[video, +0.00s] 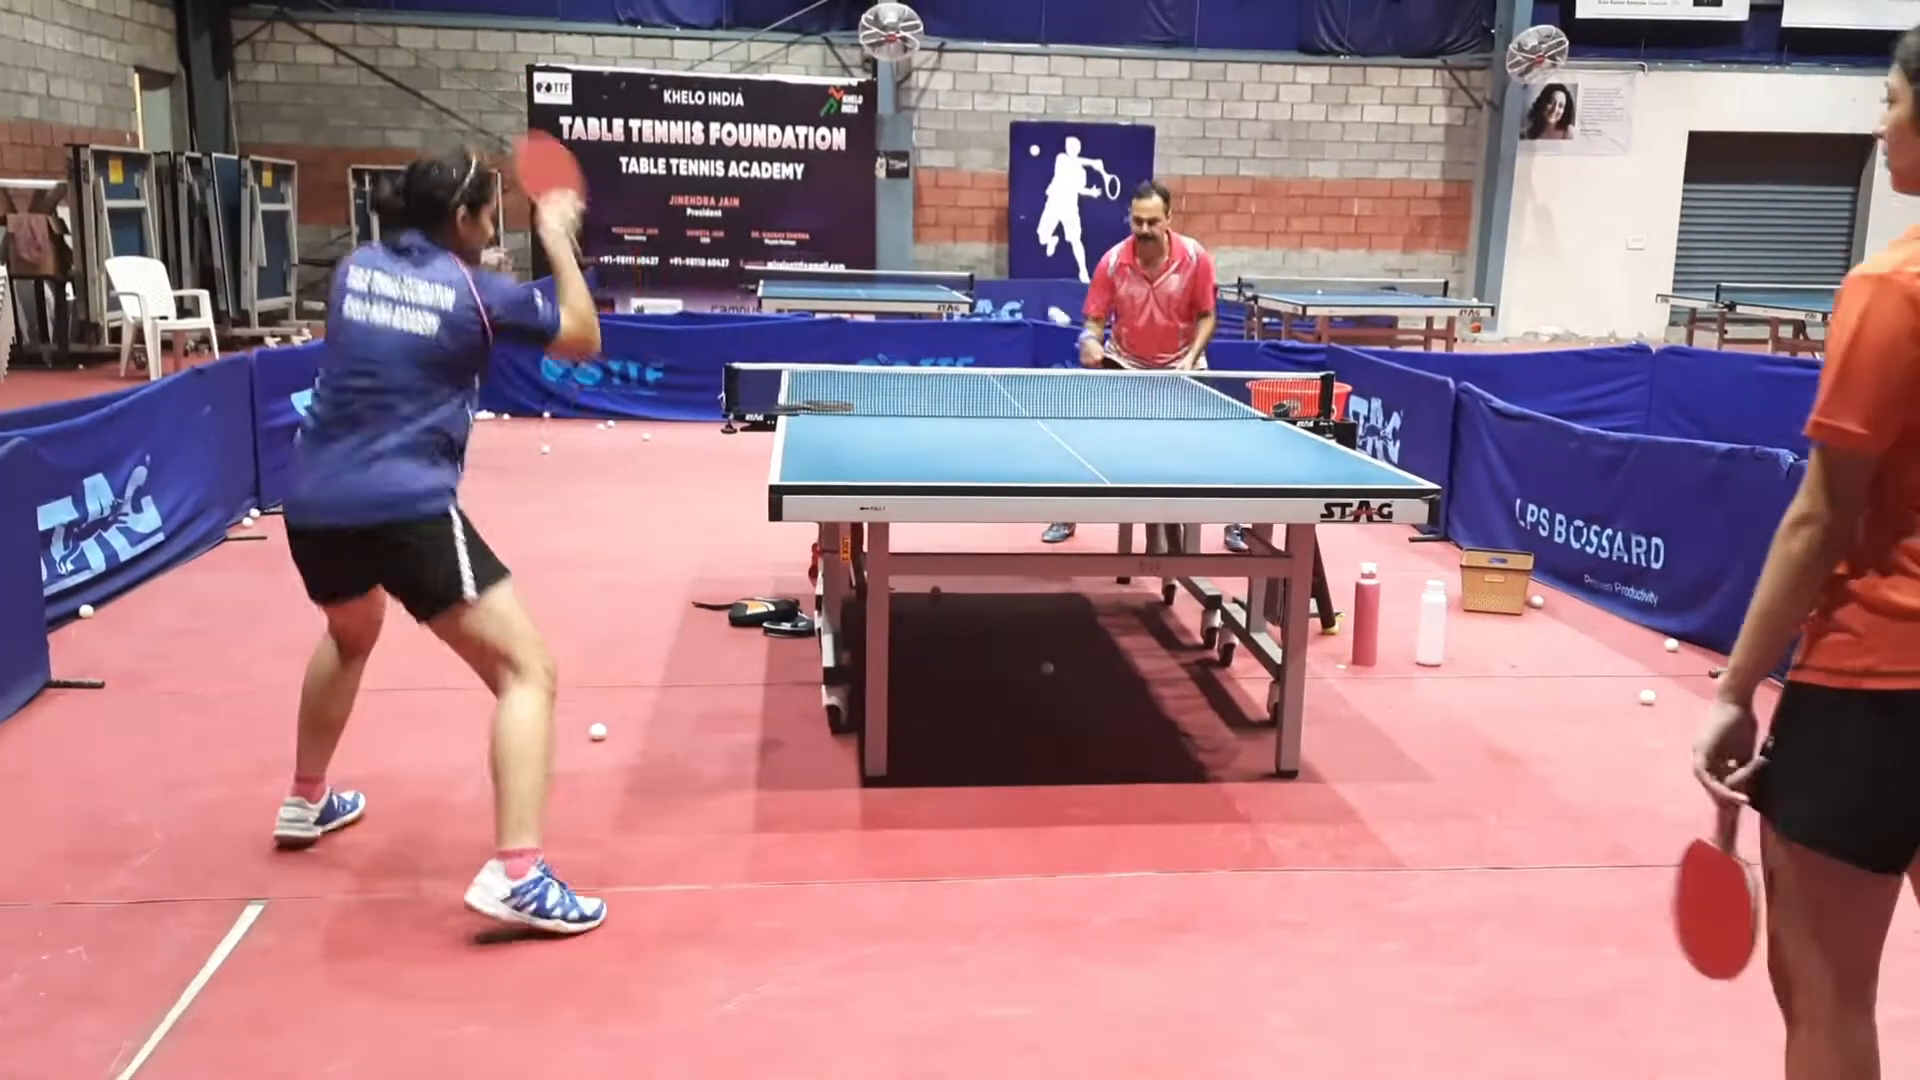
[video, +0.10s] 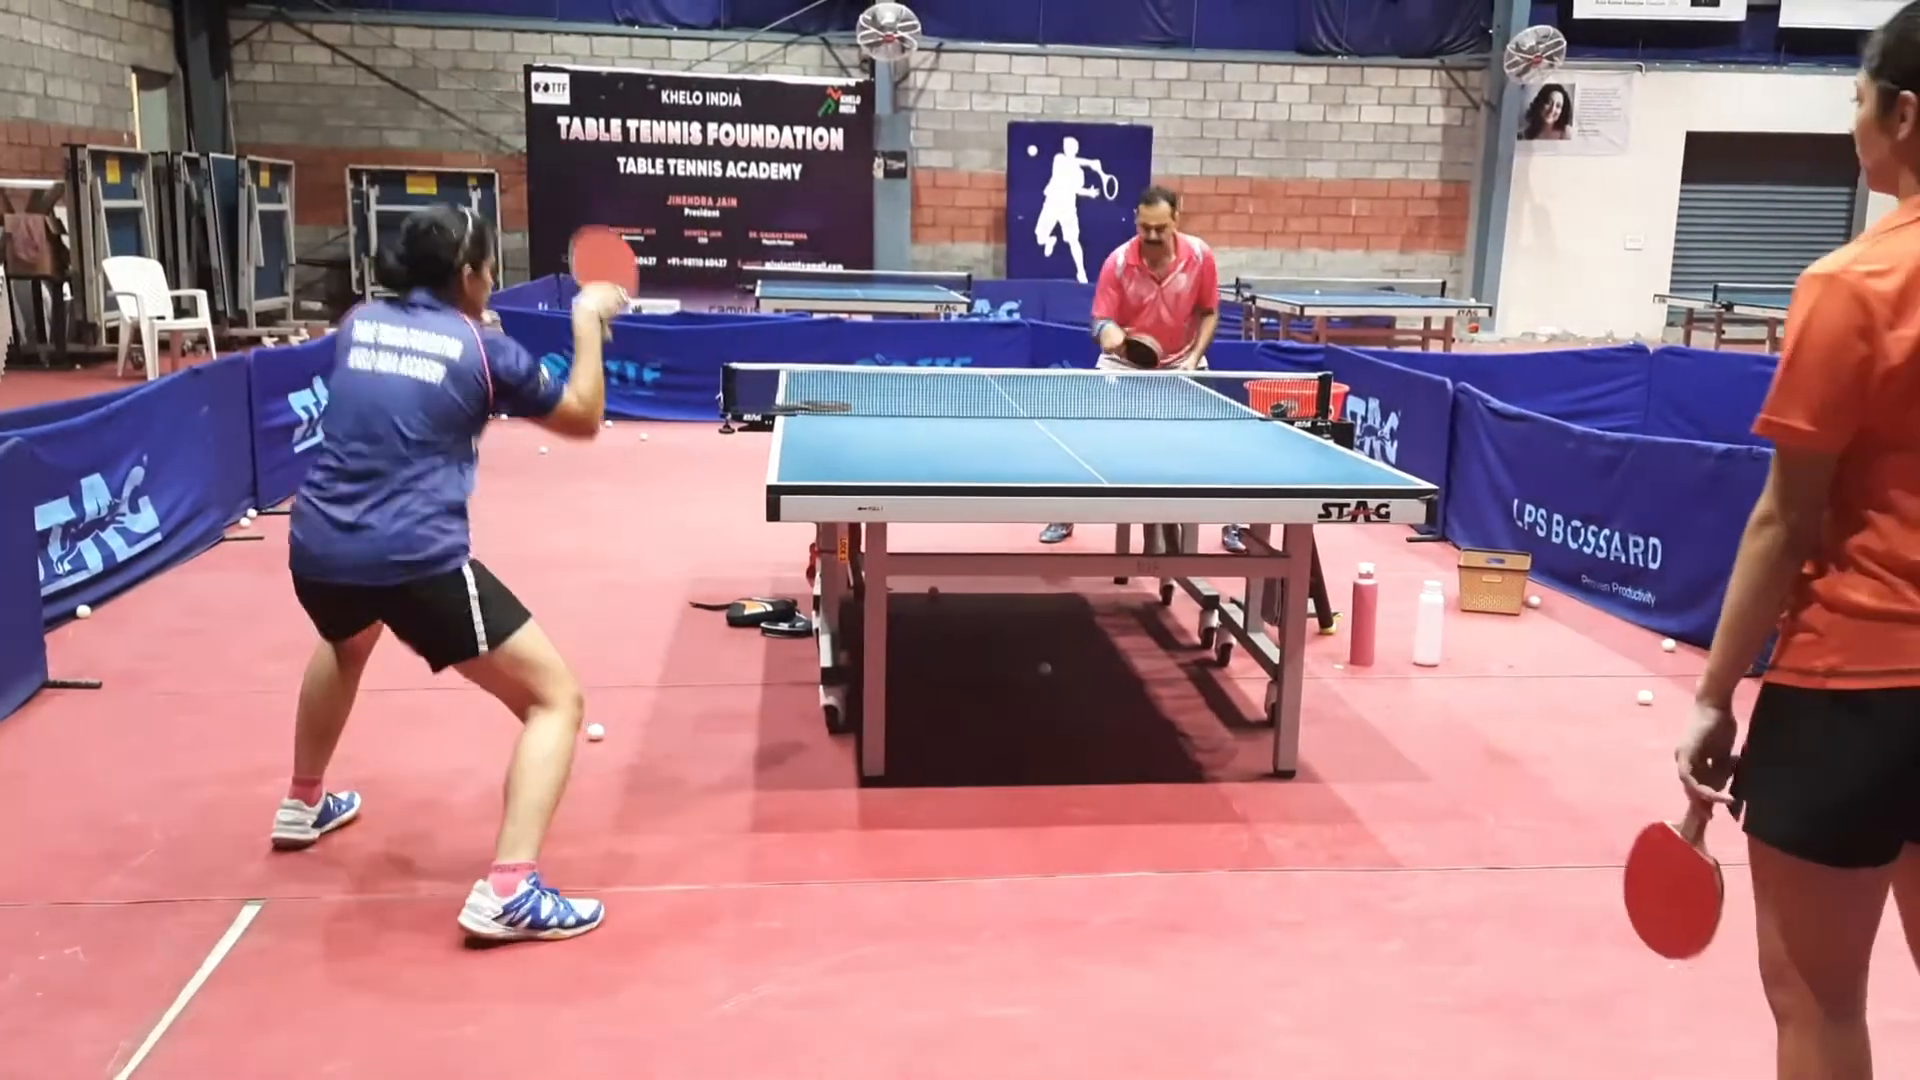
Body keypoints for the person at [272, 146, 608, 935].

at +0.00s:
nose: (492, 224)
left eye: (491, 210)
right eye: (488, 212)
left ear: (409, 213)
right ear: (462, 219)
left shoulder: (354, 268)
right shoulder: (477, 292)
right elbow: (582, 334)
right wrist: (555, 235)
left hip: (313, 504)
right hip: (408, 507)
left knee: (348, 636)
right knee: (524, 674)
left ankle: (303, 801)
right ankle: (518, 869)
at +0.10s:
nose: (489, 277)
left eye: (487, 264)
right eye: (485, 266)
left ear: (406, 270)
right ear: (465, 273)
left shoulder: (356, 323)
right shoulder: (482, 348)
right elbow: (582, 417)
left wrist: (463, 332)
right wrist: (590, 318)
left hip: (320, 557)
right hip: (419, 563)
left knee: (348, 638)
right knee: (556, 699)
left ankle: (301, 804)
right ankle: (511, 885)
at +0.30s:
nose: (533, 239)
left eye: (532, 225)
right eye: (528, 227)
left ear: (454, 226)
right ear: (505, 235)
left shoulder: (407, 272)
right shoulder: (504, 316)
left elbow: (448, 350)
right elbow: (553, 442)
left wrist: (535, 337)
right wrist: (623, 394)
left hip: (312, 499)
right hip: (399, 510)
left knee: (357, 631)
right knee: (520, 671)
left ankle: (300, 797)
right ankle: (507, 871)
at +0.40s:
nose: (566, 224)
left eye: (565, 210)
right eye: (561, 211)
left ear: (499, 211)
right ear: (530, 219)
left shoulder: (453, 251)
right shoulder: (507, 305)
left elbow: (488, 371)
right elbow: (509, 439)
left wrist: (584, 390)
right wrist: (606, 453)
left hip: (324, 462)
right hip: (385, 480)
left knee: (381, 618)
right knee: (508, 652)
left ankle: (303, 767)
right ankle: (495, 861)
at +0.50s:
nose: (593, 254)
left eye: (591, 240)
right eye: (587, 241)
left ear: (539, 243)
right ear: (556, 250)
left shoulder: (511, 294)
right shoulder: (496, 327)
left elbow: (530, 401)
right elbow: (450, 464)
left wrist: (598, 470)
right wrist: (549, 516)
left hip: (359, 482)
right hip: (379, 499)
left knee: (398, 636)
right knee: (501, 665)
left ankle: (313, 764)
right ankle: (479, 869)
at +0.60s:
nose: (607, 314)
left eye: (606, 301)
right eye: (600, 301)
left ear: (551, 305)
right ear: (565, 308)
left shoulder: (559, 372)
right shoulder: (472, 374)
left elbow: (566, 463)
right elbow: (402, 498)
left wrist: (597, 564)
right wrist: (487, 577)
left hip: (412, 524)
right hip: (370, 531)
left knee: (417, 666)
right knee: (508, 678)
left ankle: (302, 775)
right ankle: (477, 872)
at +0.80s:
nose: (622, 334)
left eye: (622, 321)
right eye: (615, 322)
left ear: (575, 327)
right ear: (574, 329)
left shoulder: (581, 375)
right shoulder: (489, 402)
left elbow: (592, 444)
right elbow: (443, 530)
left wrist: (619, 512)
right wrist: (472, 638)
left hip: (435, 524)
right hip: (399, 529)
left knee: (430, 665)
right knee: (538, 674)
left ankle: (307, 764)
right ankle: (472, 873)